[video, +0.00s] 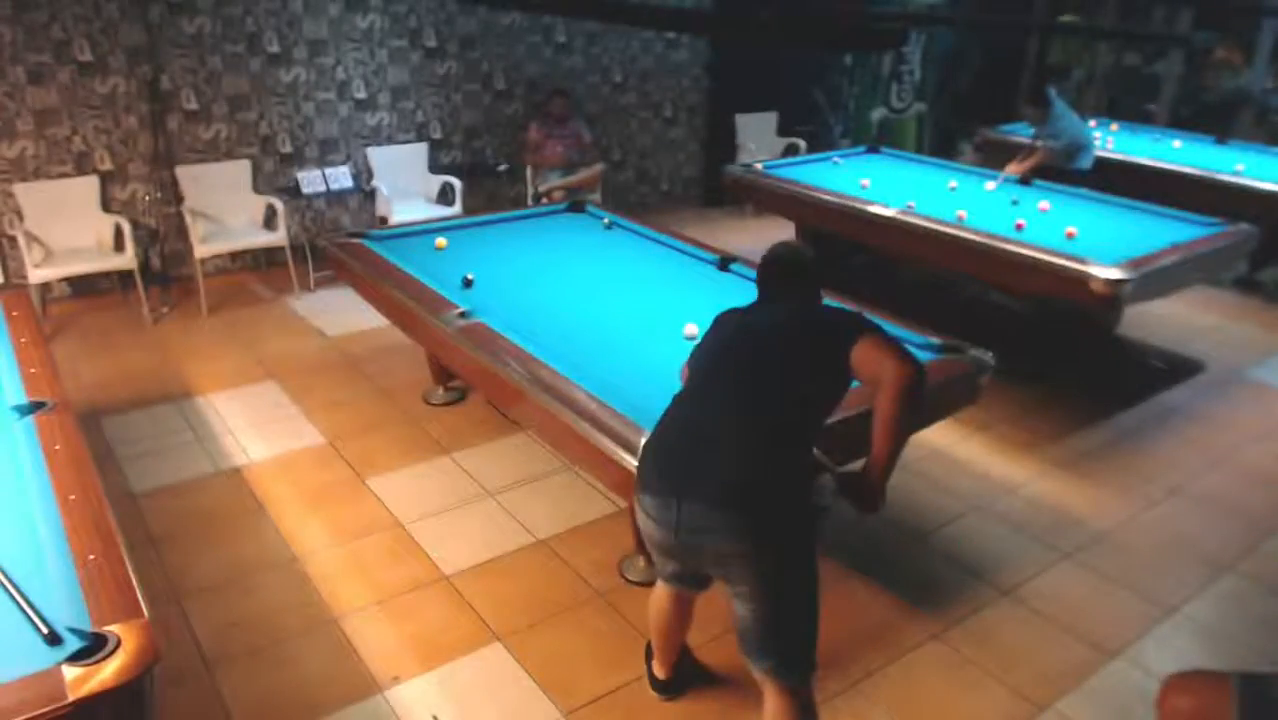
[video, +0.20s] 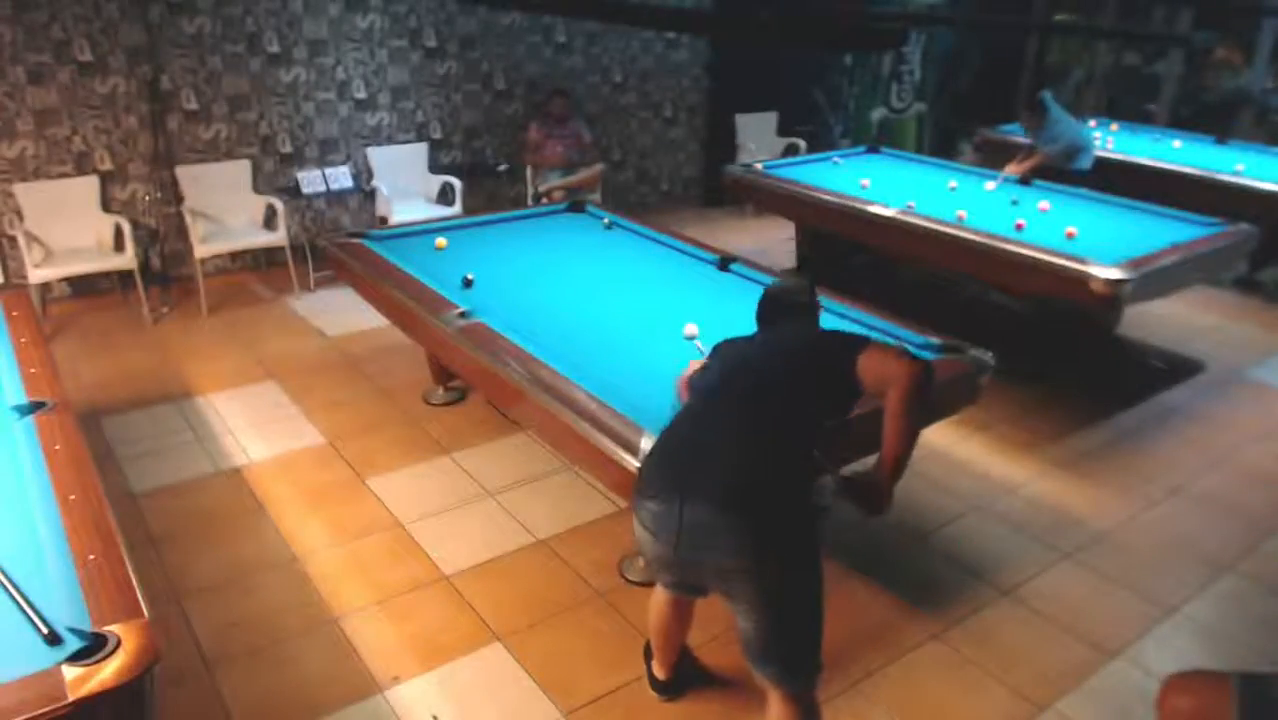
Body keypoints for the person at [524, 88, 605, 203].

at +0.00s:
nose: (559, 111)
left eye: (563, 106)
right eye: (555, 106)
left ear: (569, 107)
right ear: (548, 107)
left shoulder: (577, 125)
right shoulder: (538, 126)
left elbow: (589, 148)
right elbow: (530, 156)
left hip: (573, 168)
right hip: (546, 170)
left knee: (599, 168)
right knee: (559, 195)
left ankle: (548, 188)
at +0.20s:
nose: (559, 111)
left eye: (563, 106)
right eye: (555, 106)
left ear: (569, 107)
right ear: (548, 107)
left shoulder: (577, 125)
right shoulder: (538, 126)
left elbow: (589, 148)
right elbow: (529, 156)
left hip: (573, 168)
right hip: (547, 170)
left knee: (599, 168)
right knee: (559, 195)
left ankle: (548, 188)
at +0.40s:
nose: (559, 111)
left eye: (563, 106)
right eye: (555, 106)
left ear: (569, 107)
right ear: (548, 107)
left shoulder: (577, 125)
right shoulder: (538, 126)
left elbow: (589, 148)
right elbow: (529, 156)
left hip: (573, 168)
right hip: (547, 170)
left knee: (599, 168)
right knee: (558, 195)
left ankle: (548, 189)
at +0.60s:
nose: (559, 110)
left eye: (563, 106)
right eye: (555, 106)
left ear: (568, 107)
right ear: (548, 107)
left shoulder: (578, 126)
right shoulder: (539, 127)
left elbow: (592, 155)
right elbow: (528, 156)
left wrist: (573, 160)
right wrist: (552, 161)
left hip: (576, 166)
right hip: (550, 169)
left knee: (602, 169)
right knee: (558, 196)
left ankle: (551, 186)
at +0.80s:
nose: (559, 110)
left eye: (563, 106)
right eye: (555, 106)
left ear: (568, 107)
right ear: (548, 107)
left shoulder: (578, 126)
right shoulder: (539, 127)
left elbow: (592, 155)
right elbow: (528, 156)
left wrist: (572, 160)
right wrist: (553, 161)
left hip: (576, 166)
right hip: (550, 169)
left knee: (602, 169)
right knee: (558, 196)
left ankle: (551, 186)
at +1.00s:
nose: (559, 110)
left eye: (563, 106)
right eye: (555, 106)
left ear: (568, 108)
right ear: (548, 107)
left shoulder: (578, 126)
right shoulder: (539, 127)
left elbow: (593, 155)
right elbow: (528, 156)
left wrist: (572, 160)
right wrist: (552, 161)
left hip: (576, 166)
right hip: (550, 169)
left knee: (602, 169)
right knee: (558, 196)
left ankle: (551, 186)